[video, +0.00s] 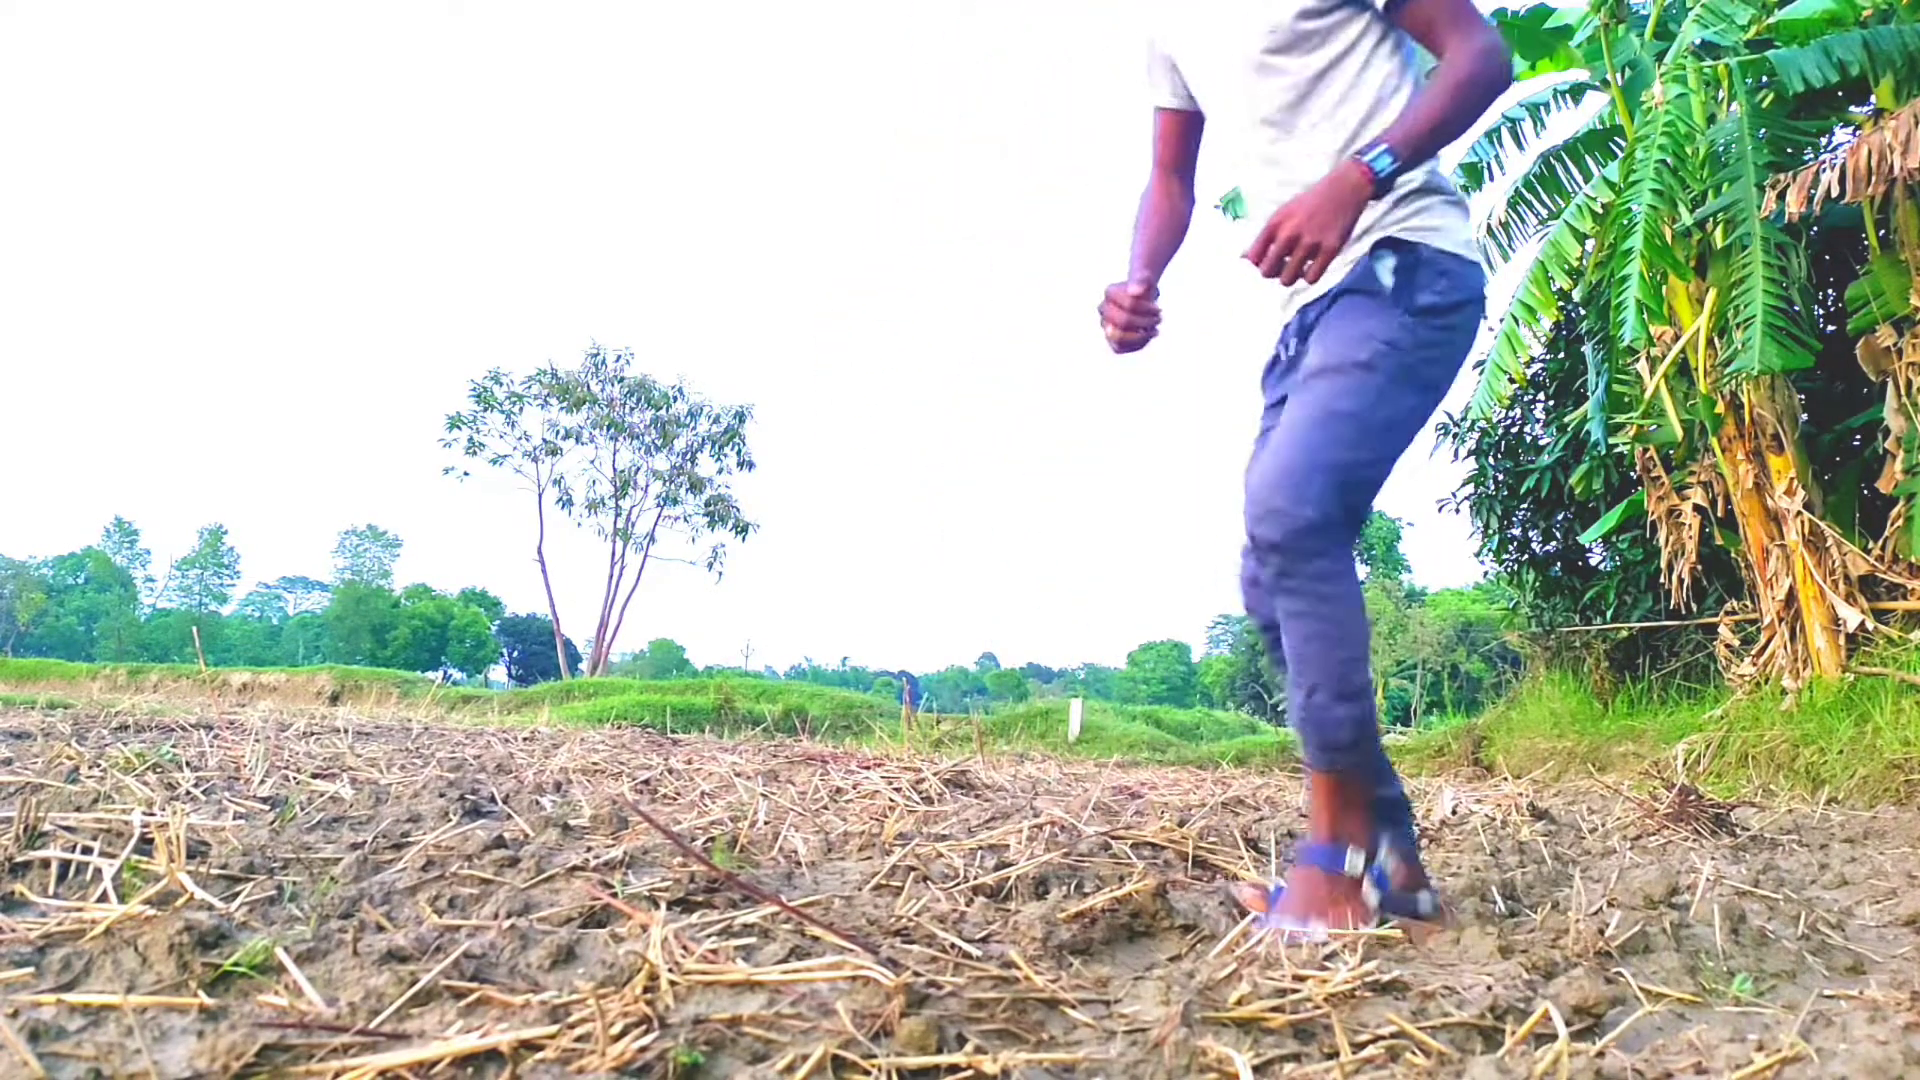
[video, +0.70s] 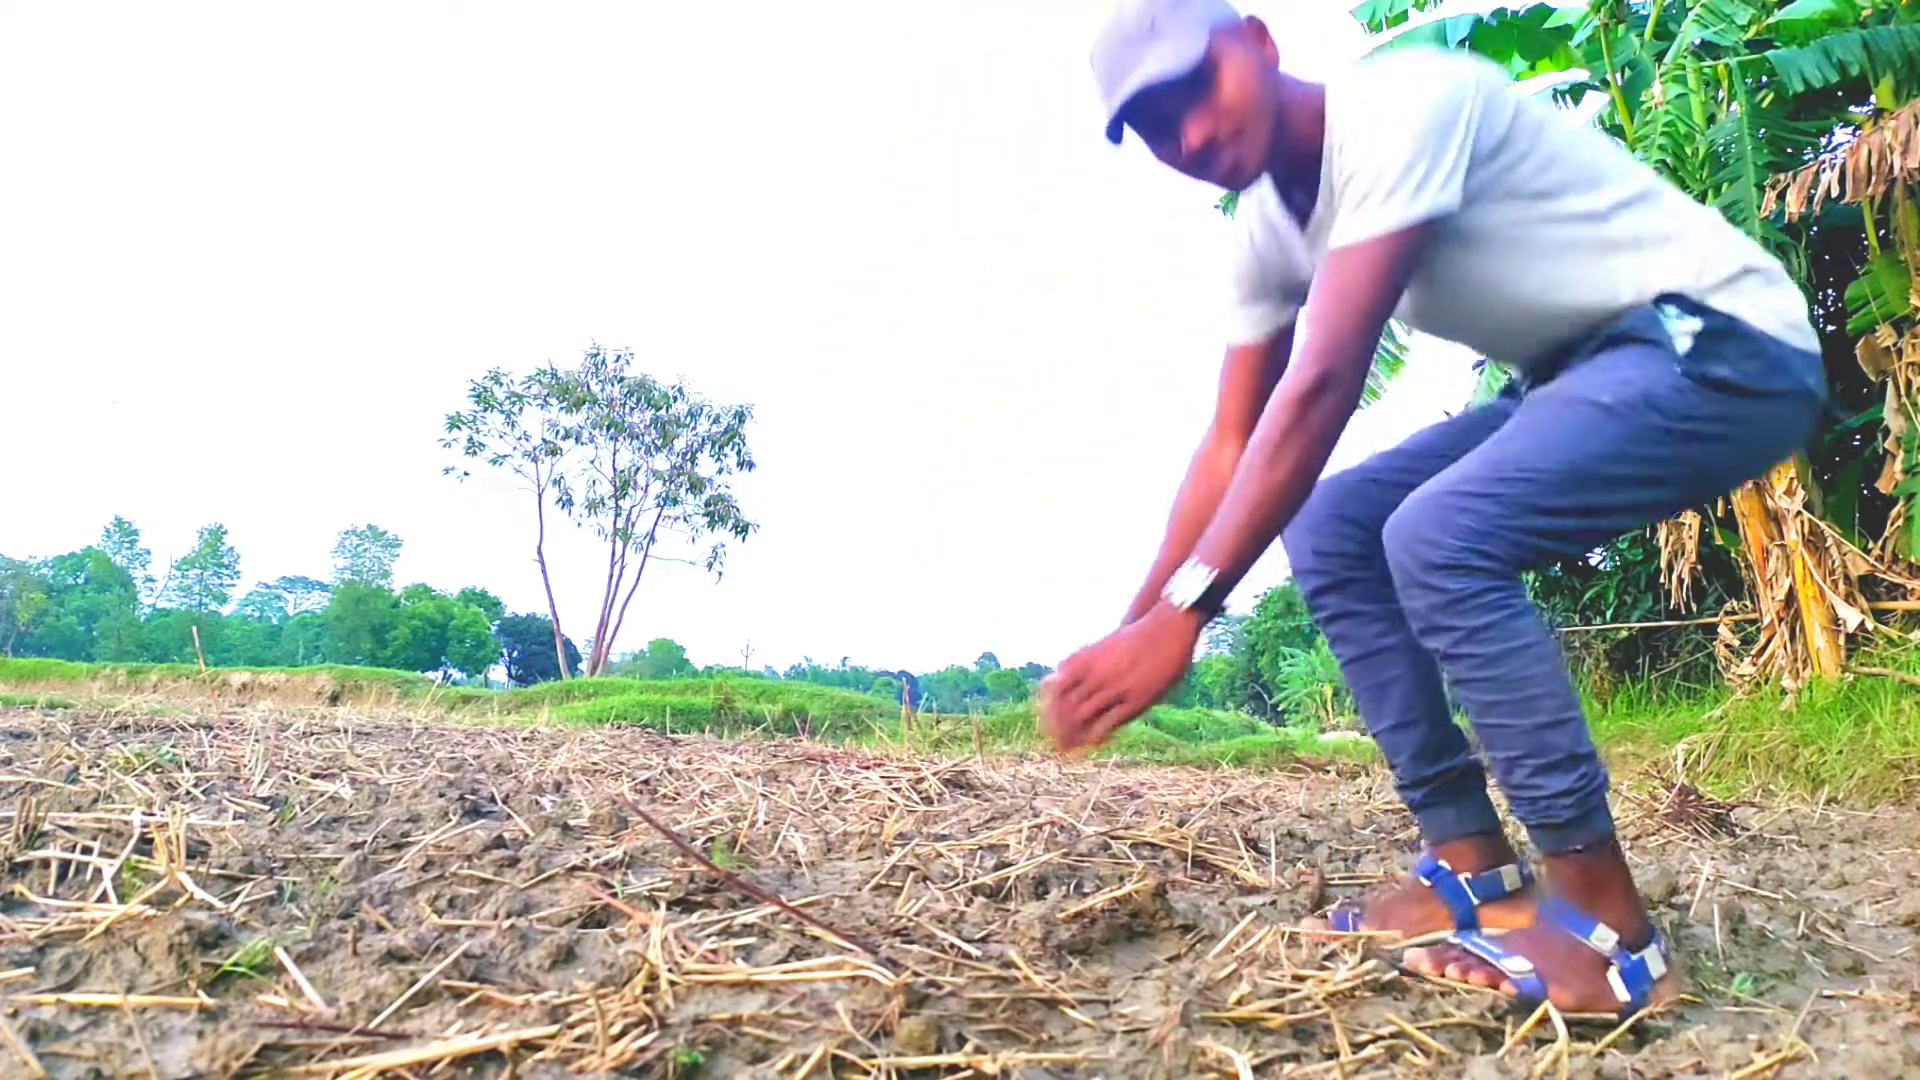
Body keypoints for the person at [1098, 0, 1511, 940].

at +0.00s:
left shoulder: (1358, 4)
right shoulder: (1172, 26)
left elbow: (1482, 55)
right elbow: (1170, 171)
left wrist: (1356, 177)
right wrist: (1140, 276)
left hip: (1408, 263)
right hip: (1317, 300)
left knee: (1293, 512)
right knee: (1273, 574)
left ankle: (1338, 857)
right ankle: (1395, 865)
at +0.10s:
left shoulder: (1389, 5)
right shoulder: (1199, 32)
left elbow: (1515, 62)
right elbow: (1198, 203)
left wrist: (1386, 194)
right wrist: (1156, 321)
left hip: (1460, 248)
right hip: (1394, 278)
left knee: (1272, 444)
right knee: (1300, 586)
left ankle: (1426, 778)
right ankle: (1385, 846)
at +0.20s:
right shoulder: (1224, 21)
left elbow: (1533, 44)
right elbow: (1238, 183)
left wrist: (1393, 201)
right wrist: (1184, 326)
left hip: (1479, 241)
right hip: (1399, 277)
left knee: (1338, 485)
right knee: (1323, 581)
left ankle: (1523, 839)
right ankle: (1400, 882)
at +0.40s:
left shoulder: (1450, 6)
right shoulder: (1289, 25)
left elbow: (1492, 127)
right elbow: (1311, 216)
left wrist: (1387, 361)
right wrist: (1252, 407)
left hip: (1587, 247)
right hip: (1468, 280)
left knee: (1408, 535)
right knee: (1277, 521)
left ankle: (1579, 910)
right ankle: (1431, 826)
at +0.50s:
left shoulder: (1439, 4)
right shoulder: (1289, 37)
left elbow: (1441, 190)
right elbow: (1310, 251)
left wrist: (1357, 427)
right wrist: (1249, 450)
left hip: (1631, 268)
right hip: (1506, 303)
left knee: (1426, 541)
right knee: (1310, 531)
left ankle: (1599, 921)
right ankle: (1477, 825)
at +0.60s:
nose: (1179, 55)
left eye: (1180, 18)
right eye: (1157, 39)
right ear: (1162, 42)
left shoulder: (1418, 24)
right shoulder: (1276, 129)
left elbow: (1364, 300)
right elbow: (1275, 344)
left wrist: (1272, 538)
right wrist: (1208, 549)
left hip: (1693, 299)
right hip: (1564, 326)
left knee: (1442, 543)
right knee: (1332, 530)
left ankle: (1607, 926)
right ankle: (1472, 861)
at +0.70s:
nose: (1186, 140)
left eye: (1190, 91)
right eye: (1153, 129)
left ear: (1257, 40)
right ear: (1147, 149)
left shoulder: (1408, 103)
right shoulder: (1267, 230)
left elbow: (1321, 392)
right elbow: (1231, 436)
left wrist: (1187, 614)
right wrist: (1142, 621)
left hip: (1714, 346)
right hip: (1583, 374)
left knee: (1438, 541)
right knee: (1332, 531)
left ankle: (1603, 924)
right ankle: (1471, 875)